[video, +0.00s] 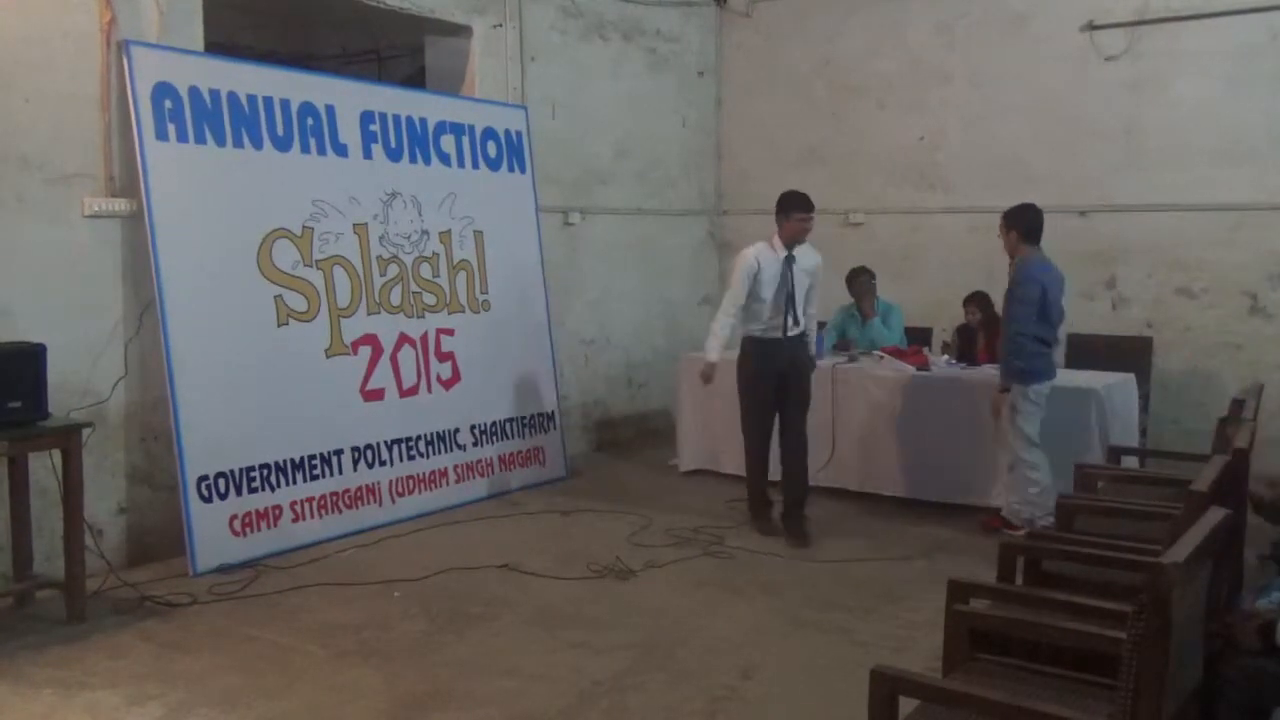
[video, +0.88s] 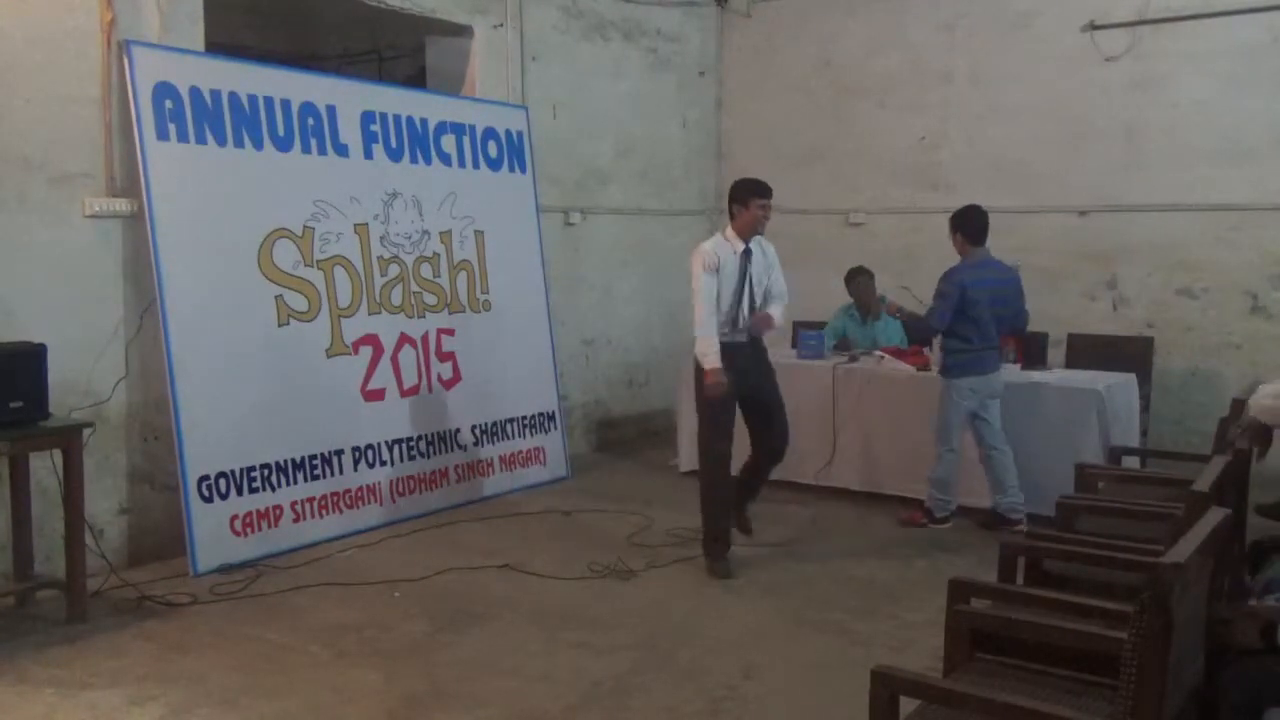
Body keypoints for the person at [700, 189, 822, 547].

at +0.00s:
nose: (809, 228)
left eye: (811, 221)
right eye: (803, 221)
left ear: (809, 223)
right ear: (782, 221)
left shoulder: (811, 260)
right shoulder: (752, 258)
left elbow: (809, 310)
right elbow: (730, 308)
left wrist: (810, 352)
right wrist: (711, 356)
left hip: (796, 355)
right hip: (757, 355)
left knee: (795, 436)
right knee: (757, 436)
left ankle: (795, 515)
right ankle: (760, 512)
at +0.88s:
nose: (767, 217)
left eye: (769, 210)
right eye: (761, 209)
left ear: (762, 213)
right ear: (738, 210)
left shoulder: (766, 251)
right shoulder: (708, 254)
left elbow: (779, 300)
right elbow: (703, 314)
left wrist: (770, 317)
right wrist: (711, 364)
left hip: (751, 351)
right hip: (716, 355)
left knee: (774, 442)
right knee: (716, 454)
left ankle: (738, 499)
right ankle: (715, 548)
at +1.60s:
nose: (770, 214)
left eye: (771, 208)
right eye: (763, 207)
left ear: (760, 212)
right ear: (741, 210)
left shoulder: (752, 251)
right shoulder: (724, 250)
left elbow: (765, 307)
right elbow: (729, 313)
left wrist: (762, 305)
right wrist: (777, 342)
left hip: (746, 354)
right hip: (723, 357)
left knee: (751, 454)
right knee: (731, 454)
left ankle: (737, 542)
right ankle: (718, 547)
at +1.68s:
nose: (771, 215)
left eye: (772, 209)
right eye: (764, 208)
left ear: (757, 213)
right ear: (742, 211)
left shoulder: (749, 251)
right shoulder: (724, 251)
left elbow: (748, 308)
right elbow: (727, 315)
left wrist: (765, 313)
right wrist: (775, 335)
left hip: (748, 355)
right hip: (727, 358)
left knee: (753, 458)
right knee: (739, 458)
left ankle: (737, 543)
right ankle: (719, 549)